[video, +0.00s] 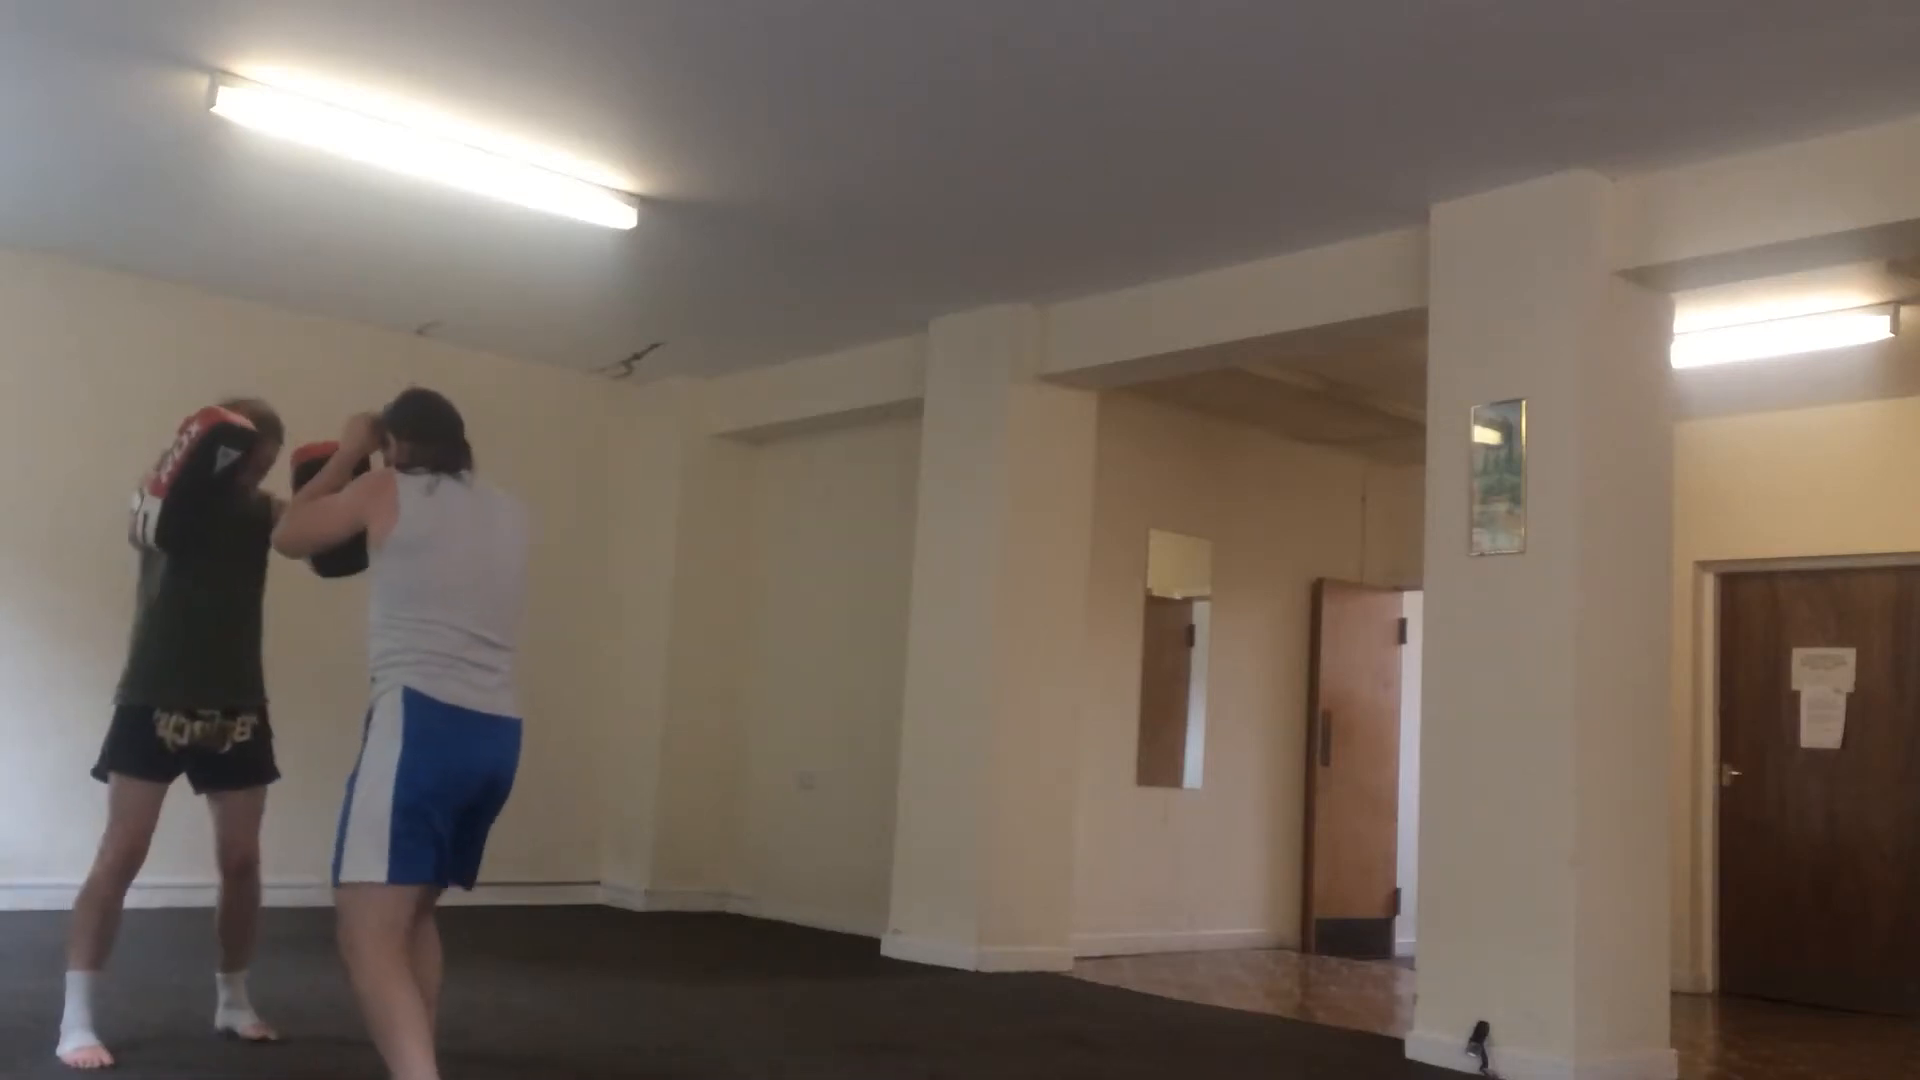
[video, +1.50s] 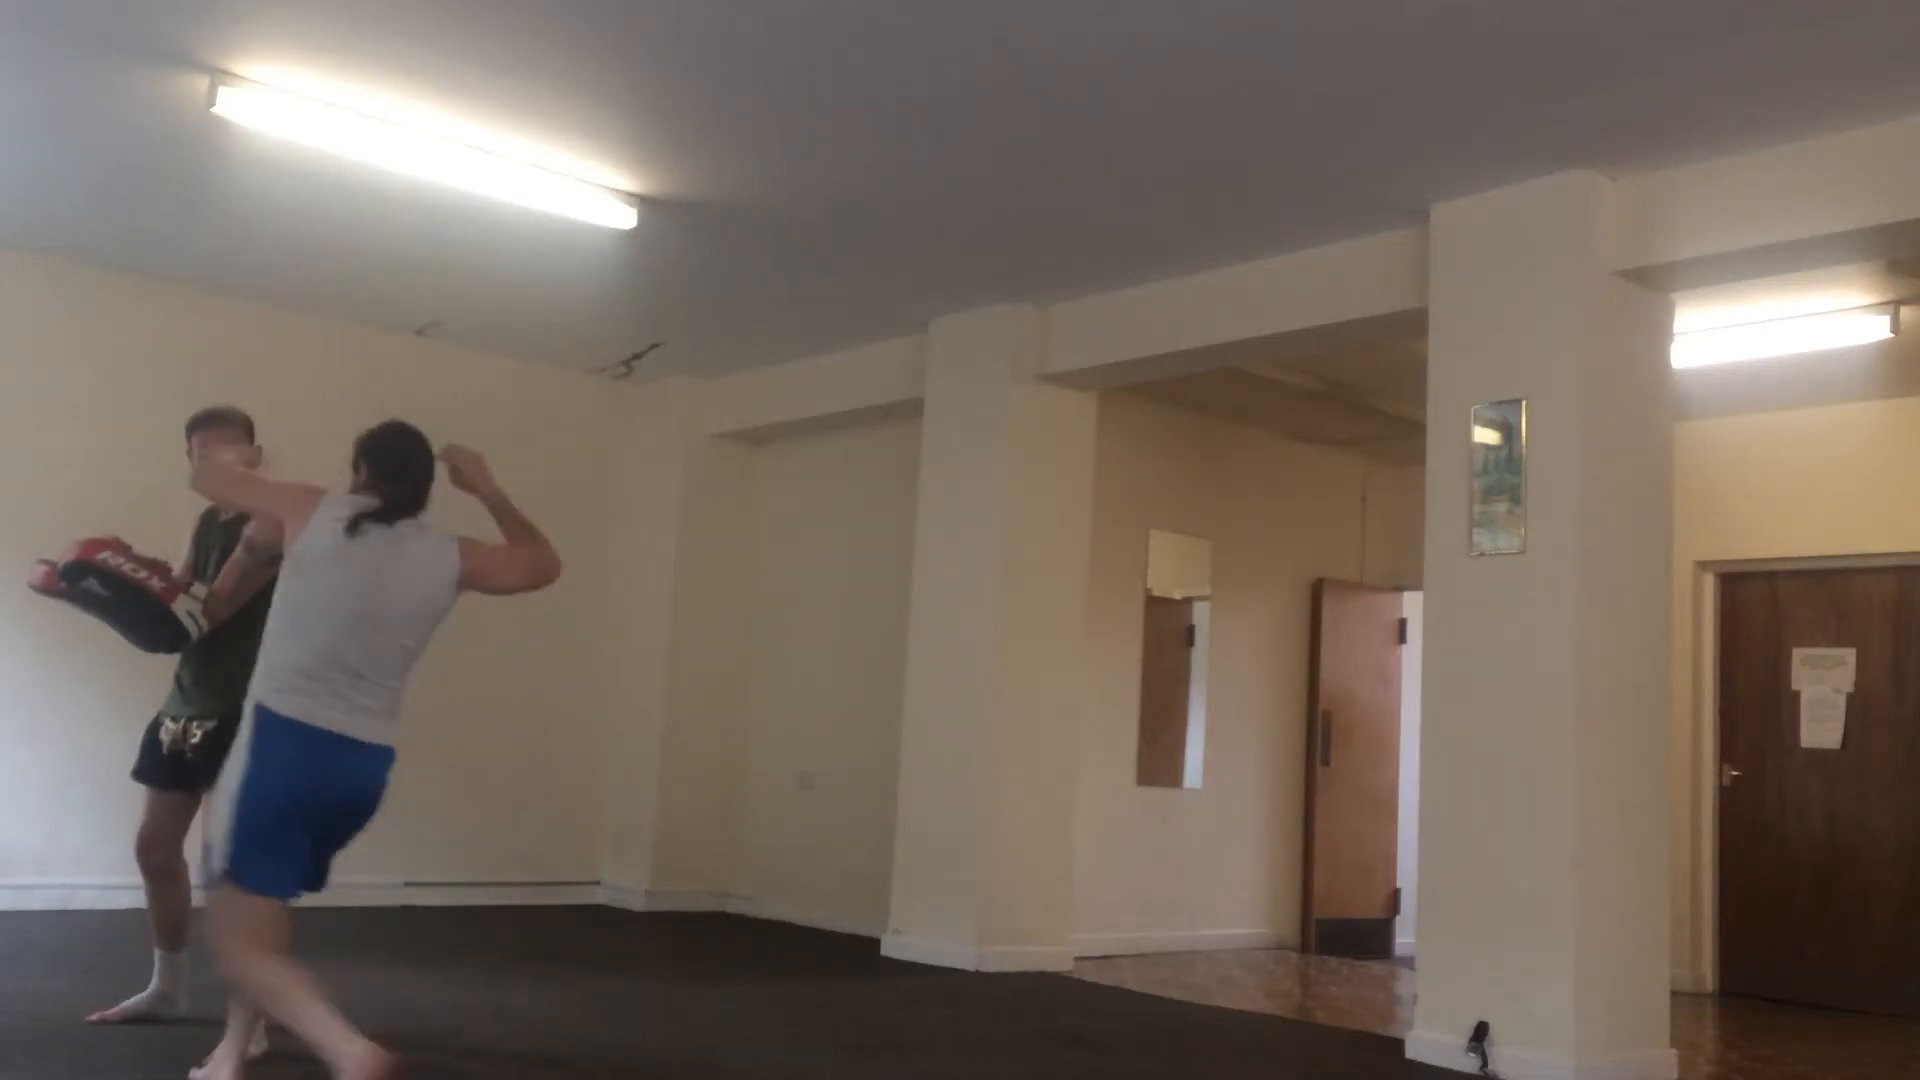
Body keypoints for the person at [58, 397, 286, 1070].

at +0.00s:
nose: (251, 466)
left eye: (260, 457)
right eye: (242, 452)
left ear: (269, 462)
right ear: (211, 444)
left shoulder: (262, 512)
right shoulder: (159, 504)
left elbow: (335, 554)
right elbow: (168, 524)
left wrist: (339, 488)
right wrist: (195, 456)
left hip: (235, 703)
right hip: (155, 700)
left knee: (241, 861)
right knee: (120, 857)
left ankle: (234, 1001)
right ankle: (76, 1021)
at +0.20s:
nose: (267, 476)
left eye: (280, 465)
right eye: (258, 462)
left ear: (296, 461)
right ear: (233, 451)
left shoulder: (304, 521)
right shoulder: (192, 502)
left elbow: (323, 630)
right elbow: (143, 598)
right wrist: (193, 553)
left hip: (256, 709)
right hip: (176, 703)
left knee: (254, 863)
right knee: (123, 852)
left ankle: (232, 1007)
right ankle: (75, 1008)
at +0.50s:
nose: (246, 475)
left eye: (257, 463)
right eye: (234, 463)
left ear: (272, 459)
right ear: (209, 459)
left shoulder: (289, 524)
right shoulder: (184, 515)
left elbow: (275, 624)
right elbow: (165, 593)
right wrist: (132, 589)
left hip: (249, 707)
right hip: (176, 700)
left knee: (248, 867)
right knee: (127, 852)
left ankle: (233, 1006)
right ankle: (140, 986)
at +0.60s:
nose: (229, 478)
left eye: (239, 465)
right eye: (216, 467)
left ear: (257, 458)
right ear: (193, 463)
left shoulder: (278, 526)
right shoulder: (175, 521)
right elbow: (169, 605)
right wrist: (117, 589)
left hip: (242, 711)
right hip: (168, 704)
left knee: (245, 858)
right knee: (133, 850)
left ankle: (245, 992)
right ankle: (143, 988)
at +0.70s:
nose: (220, 476)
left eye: (230, 463)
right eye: (208, 466)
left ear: (251, 457)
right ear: (189, 464)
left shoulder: (272, 523)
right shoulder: (180, 519)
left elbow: (226, 603)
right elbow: (164, 594)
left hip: (239, 707)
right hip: (167, 703)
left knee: (237, 852)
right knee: (137, 849)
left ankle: (256, 1003)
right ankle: (145, 988)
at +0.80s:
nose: (219, 475)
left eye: (229, 462)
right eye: (207, 465)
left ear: (251, 456)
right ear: (191, 464)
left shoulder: (271, 523)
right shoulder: (195, 519)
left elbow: (217, 609)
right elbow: (173, 599)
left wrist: (159, 572)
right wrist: (138, 578)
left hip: (235, 711)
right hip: (171, 706)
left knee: (229, 851)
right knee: (140, 848)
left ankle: (253, 1014)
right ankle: (145, 989)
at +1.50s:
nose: (213, 461)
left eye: (225, 448)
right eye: (202, 452)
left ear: (255, 453)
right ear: (191, 461)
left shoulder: (274, 530)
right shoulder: (209, 527)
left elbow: (213, 613)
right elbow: (185, 602)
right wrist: (134, 576)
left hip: (244, 713)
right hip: (189, 706)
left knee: (231, 860)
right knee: (157, 848)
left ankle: (255, 1009)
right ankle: (167, 988)